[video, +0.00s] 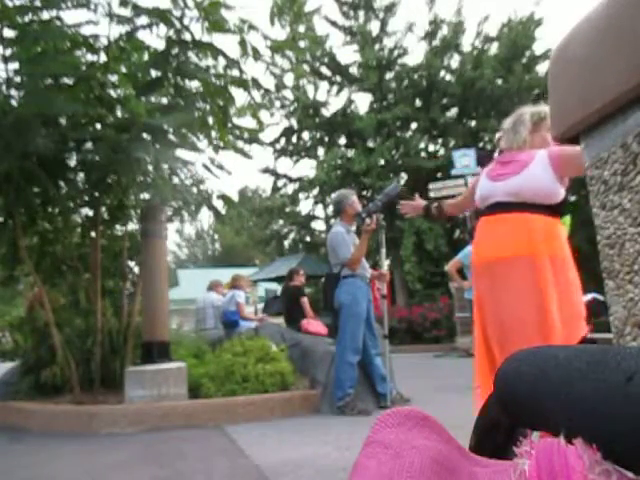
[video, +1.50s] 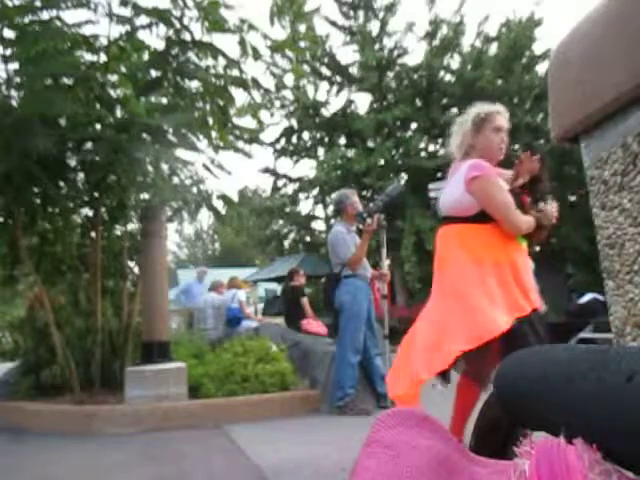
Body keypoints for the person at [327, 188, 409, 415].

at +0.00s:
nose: (360, 206)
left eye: (358, 201)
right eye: (356, 202)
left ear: (348, 207)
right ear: (347, 207)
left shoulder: (350, 233)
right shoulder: (337, 234)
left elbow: (357, 265)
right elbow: (352, 262)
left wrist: (374, 273)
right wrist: (366, 235)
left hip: (362, 284)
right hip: (350, 284)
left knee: (370, 344)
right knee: (350, 345)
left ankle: (386, 393)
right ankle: (344, 398)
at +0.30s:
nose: (360, 206)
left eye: (359, 202)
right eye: (356, 202)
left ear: (348, 208)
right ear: (345, 207)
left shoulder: (350, 233)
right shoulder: (337, 233)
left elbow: (358, 264)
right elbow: (352, 262)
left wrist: (373, 273)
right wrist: (365, 236)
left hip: (362, 284)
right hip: (350, 284)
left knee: (369, 343)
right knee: (350, 344)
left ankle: (386, 393)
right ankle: (344, 397)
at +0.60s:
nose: (360, 207)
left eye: (359, 202)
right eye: (356, 203)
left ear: (348, 208)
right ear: (346, 207)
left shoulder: (350, 233)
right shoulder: (337, 233)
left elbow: (358, 264)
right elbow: (352, 262)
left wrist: (374, 273)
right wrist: (366, 236)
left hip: (362, 284)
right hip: (350, 284)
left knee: (370, 344)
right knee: (350, 345)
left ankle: (386, 393)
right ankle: (344, 398)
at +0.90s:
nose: (360, 206)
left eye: (358, 202)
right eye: (355, 202)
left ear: (349, 207)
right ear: (345, 207)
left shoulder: (351, 233)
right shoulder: (337, 233)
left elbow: (359, 263)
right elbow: (352, 261)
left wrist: (374, 273)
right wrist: (366, 236)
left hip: (362, 283)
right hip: (350, 284)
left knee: (370, 343)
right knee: (351, 344)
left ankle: (386, 393)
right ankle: (344, 398)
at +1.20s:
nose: (361, 207)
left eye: (360, 203)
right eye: (357, 203)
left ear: (350, 207)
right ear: (346, 207)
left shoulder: (352, 233)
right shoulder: (338, 233)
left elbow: (358, 264)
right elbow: (353, 262)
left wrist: (374, 274)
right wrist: (367, 236)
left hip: (363, 283)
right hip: (350, 284)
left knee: (370, 342)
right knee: (351, 342)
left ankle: (383, 392)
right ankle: (343, 397)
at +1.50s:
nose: (361, 207)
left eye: (359, 203)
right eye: (356, 203)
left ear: (351, 207)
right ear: (346, 207)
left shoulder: (352, 233)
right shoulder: (338, 233)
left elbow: (358, 264)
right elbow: (353, 262)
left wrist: (374, 274)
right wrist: (367, 236)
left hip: (363, 284)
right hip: (350, 284)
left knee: (370, 342)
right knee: (351, 342)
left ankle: (384, 392)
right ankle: (344, 397)